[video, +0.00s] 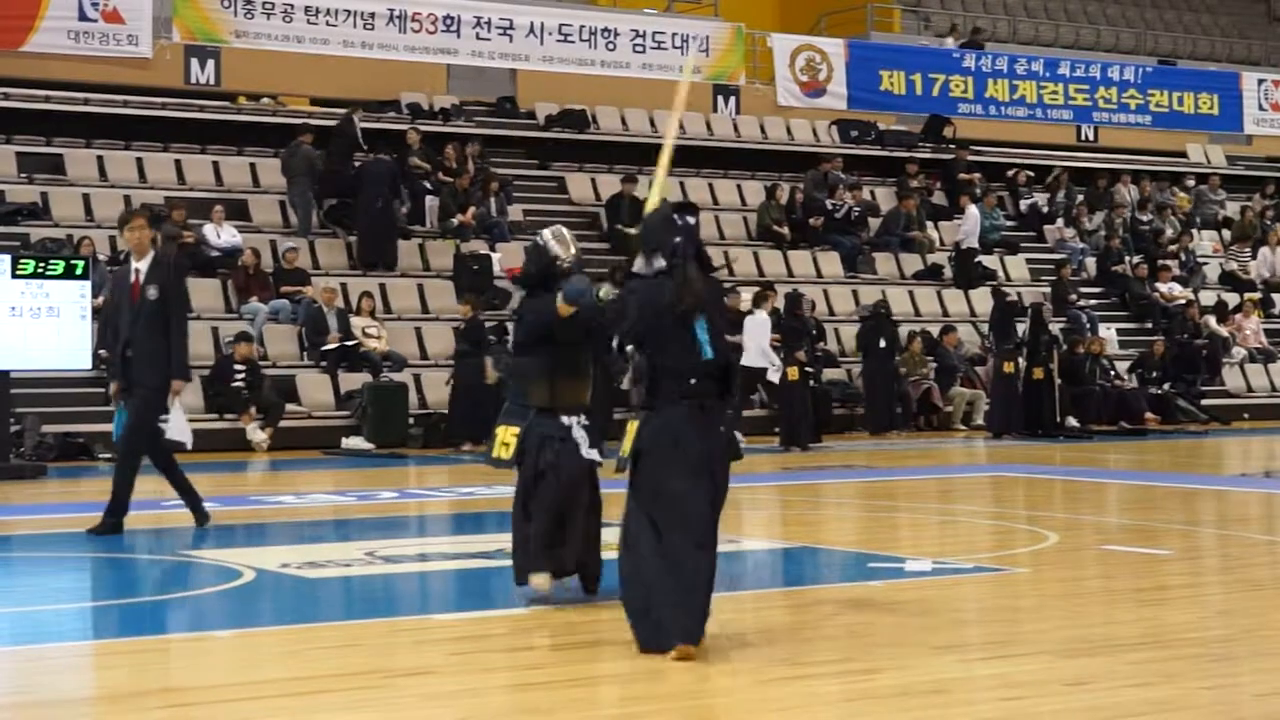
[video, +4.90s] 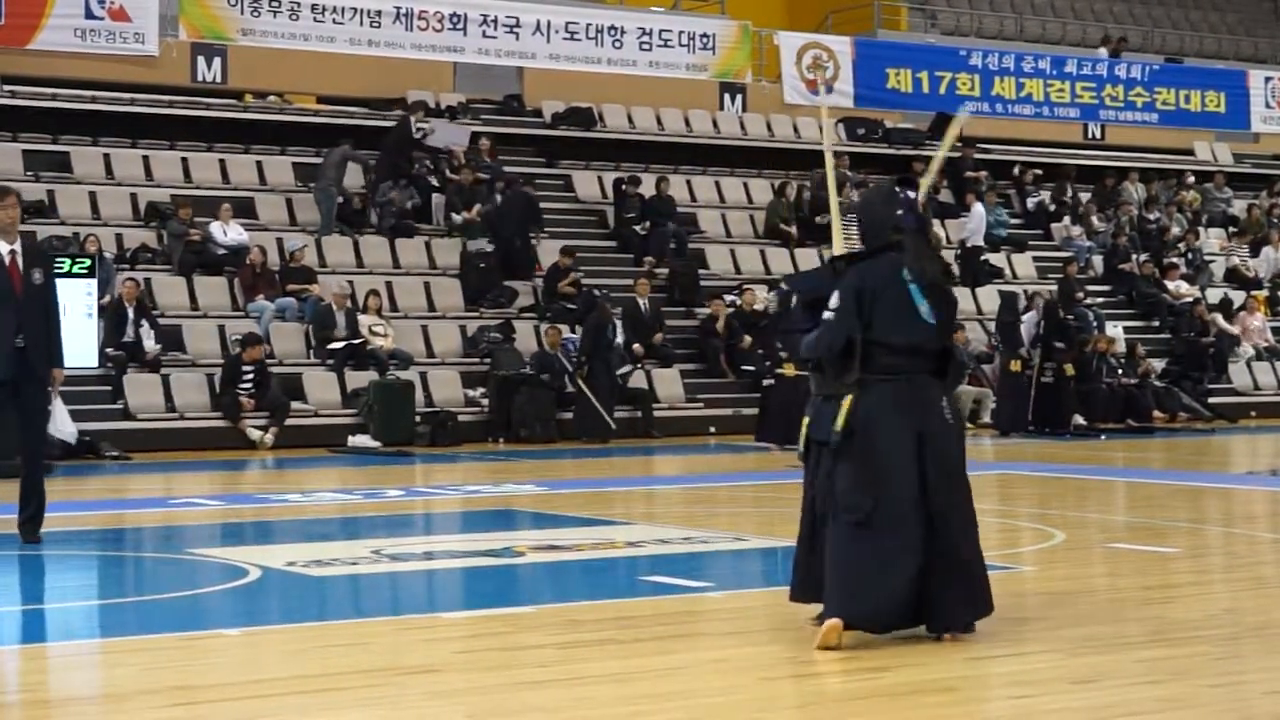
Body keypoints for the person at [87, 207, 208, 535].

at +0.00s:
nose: (136, 235)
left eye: (141, 229)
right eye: (130, 230)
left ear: (153, 233)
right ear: (122, 236)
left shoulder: (168, 268)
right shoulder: (119, 274)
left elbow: (178, 323)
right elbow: (113, 328)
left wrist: (179, 373)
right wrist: (114, 375)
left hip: (157, 370)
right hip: (129, 370)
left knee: (131, 440)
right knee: (153, 444)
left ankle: (114, 517)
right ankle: (195, 504)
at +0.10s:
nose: (122, 230)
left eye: (126, 224)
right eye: (116, 225)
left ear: (136, 228)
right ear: (107, 232)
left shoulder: (154, 264)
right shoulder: (102, 271)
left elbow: (163, 319)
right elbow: (98, 324)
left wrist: (164, 369)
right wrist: (98, 372)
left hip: (143, 365)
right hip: (113, 366)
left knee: (125, 442)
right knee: (122, 442)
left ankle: (114, 517)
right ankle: (165, 492)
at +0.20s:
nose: (109, 227)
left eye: (114, 221)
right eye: (103, 222)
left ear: (124, 225)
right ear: (94, 229)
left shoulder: (142, 263)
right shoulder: (91, 268)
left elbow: (152, 318)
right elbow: (86, 323)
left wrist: (152, 366)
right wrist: (86, 371)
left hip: (130, 364)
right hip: (100, 364)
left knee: (121, 438)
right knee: (95, 438)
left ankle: (115, 515)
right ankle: (128, 495)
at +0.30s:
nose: (99, 225)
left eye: (104, 219)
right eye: (92, 220)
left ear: (113, 225)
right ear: (83, 228)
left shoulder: (131, 263)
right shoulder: (76, 269)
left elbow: (143, 317)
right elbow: (73, 323)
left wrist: (145, 365)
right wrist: (74, 370)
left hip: (123, 366)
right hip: (89, 367)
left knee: (119, 441)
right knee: (76, 438)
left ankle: (115, 515)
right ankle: (89, 509)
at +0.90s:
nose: (56, 218)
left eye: (61, 212)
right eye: (49, 213)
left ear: (69, 217)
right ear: (38, 220)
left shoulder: (90, 260)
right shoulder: (25, 261)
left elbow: (98, 315)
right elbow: (18, 316)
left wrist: (100, 361)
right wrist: (20, 365)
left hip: (78, 363)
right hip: (39, 363)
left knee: (77, 443)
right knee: (37, 442)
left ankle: (67, 514)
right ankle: (33, 513)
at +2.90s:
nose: (41, 223)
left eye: (45, 216)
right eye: (33, 217)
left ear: (52, 220)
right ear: (21, 223)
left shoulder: (68, 258)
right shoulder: (9, 264)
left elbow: (80, 313)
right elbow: (4, 319)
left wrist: (86, 362)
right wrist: (7, 368)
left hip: (64, 362)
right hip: (25, 365)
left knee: (66, 440)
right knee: (27, 441)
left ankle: (63, 514)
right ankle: (33, 514)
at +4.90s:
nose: (9, 213)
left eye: (13, 207)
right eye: (4, 208)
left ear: (21, 211)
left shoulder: (37, 254)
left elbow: (50, 313)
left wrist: (56, 362)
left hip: (32, 363)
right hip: (4, 363)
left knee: (32, 447)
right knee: (16, 447)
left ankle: (30, 524)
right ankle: (25, 521)